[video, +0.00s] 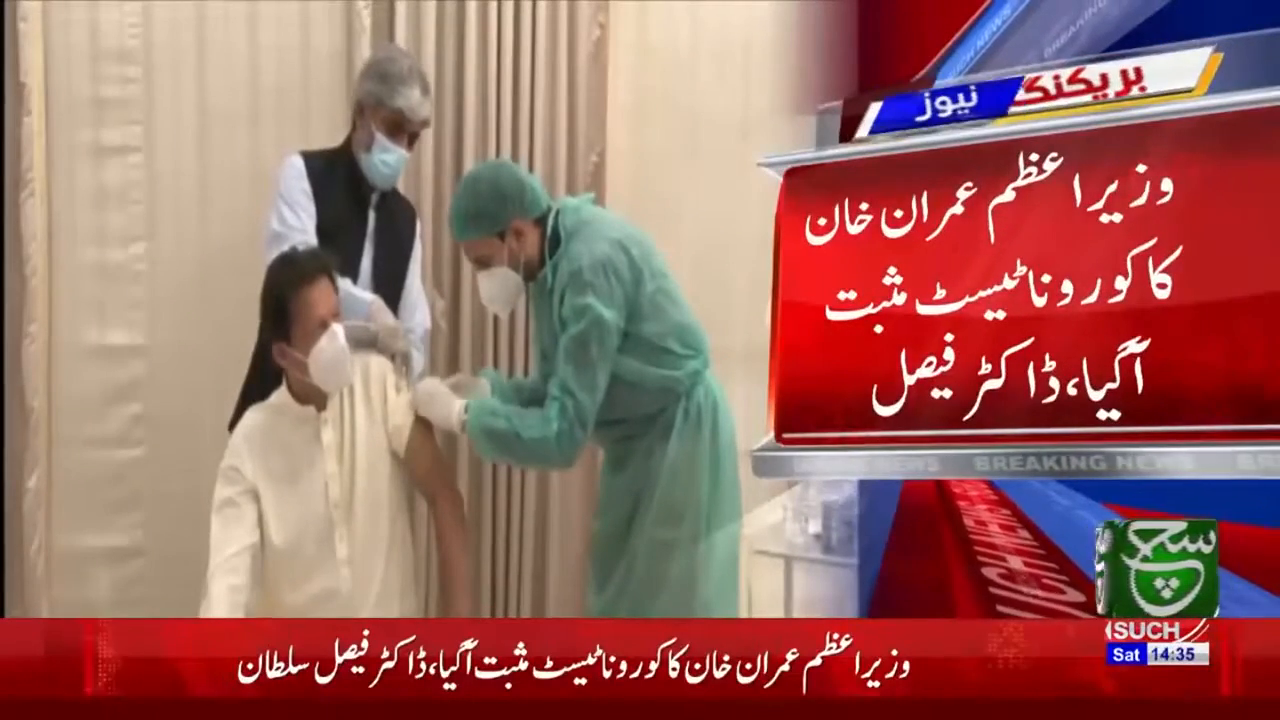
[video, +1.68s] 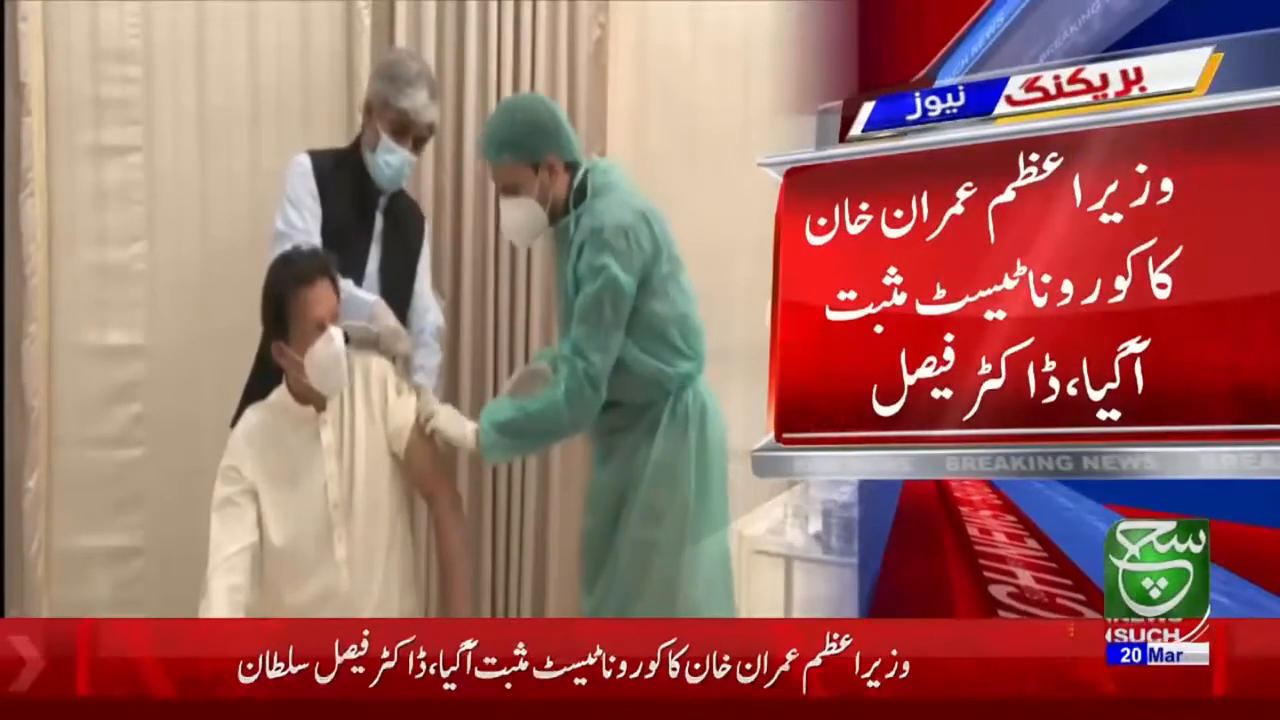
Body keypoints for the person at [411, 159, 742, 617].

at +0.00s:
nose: (484, 276)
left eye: (485, 263)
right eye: (476, 266)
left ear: (519, 233)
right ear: (519, 234)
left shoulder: (591, 261)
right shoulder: (554, 260)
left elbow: (563, 436)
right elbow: (555, 395)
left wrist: (461, 415)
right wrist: (486, 389)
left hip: (679, 434)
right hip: (633, 437)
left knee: (656, 604)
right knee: (614, 598)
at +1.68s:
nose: (506, 206)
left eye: (512, 190)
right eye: (501, 192)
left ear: (553, 171)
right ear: (551, 171)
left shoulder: (611, 225)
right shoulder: (581, 211)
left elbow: (583, 388)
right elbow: (595, 333)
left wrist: (484, 433)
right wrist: (550, 367)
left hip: (666, 429)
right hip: (629, 427)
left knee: (644, 600)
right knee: (613, 593)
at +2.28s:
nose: (528, 173)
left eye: (534, 159)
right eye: (523, 160)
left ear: (576, 141)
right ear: (572, 142)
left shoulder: (626, 209)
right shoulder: (596, 197)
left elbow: (586, 356)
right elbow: (588, 324)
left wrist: (486, 417)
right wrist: (554, 355)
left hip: (658, 429)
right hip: (622, 426)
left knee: (639, 602)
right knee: (608, 595)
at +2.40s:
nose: (495, 239)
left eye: (497, 220)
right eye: (486, 222)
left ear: (543, 183)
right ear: (543, 182)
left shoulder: (635, 220)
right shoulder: (584, 219)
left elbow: (588, 448)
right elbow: (585, 400)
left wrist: (457, 456)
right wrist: (500, 395)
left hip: (749, 456)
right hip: (677, 462)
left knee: (724, 653)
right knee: (655, 649)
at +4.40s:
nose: (496, 255)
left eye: (498, 238)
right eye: (487, 242)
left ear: (544, 199)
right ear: (544, 198)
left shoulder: (634, 233)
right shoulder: (581, 230)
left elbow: (591, 457)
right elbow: (571, 399)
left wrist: (460, 468)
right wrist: (487, 399)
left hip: (750, 468)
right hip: (678, 475)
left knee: (731, 664)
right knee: (655, 661)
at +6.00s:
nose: (496, 261)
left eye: (497, 244)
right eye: (487, 248)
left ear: (541, 204)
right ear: (542, 204)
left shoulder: (633, 242)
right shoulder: (581, 238)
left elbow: (589, 468)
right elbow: (565, 410)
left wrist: (458, 478)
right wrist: (482, 408)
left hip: (748, 477)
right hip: (676, 483)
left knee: (738, 667)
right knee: (658, 665)